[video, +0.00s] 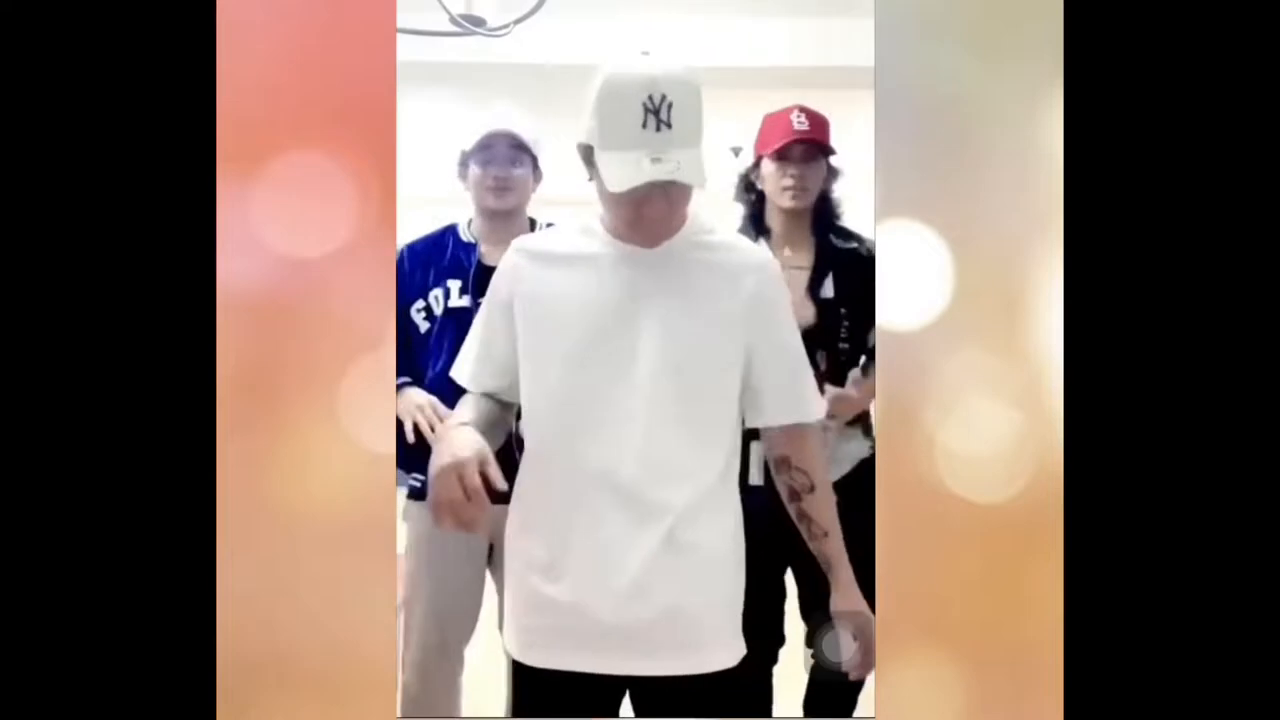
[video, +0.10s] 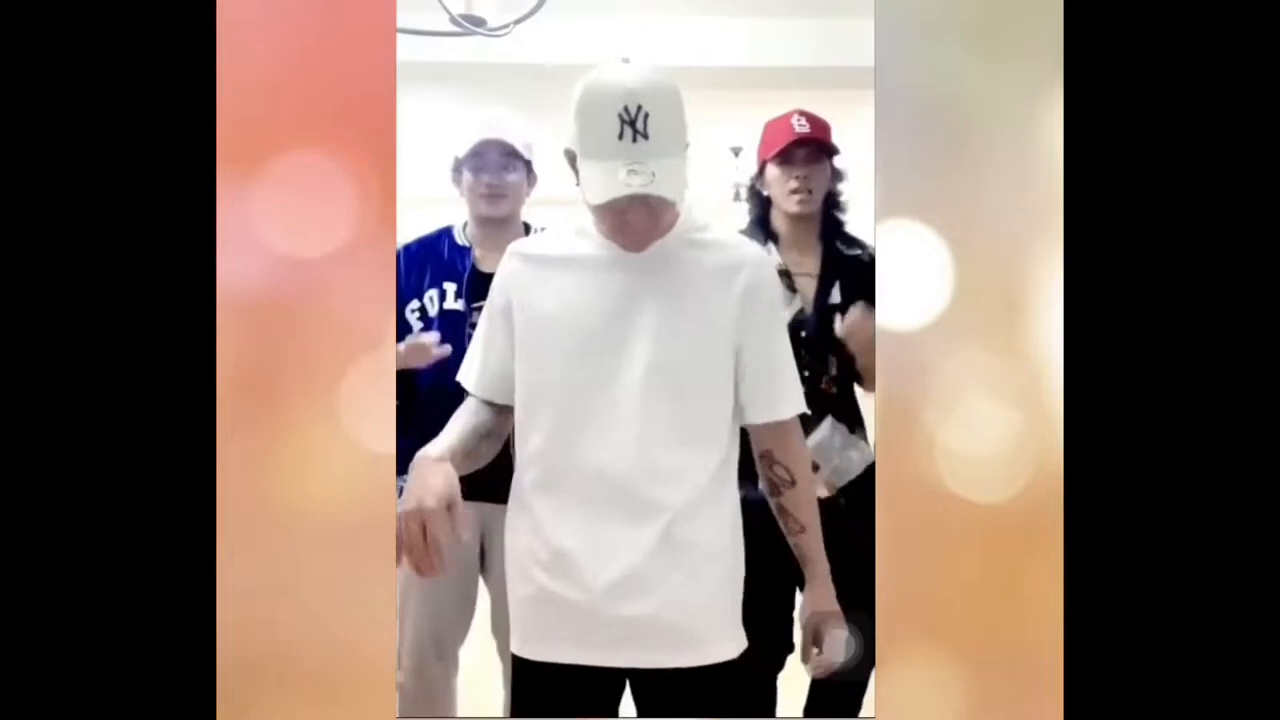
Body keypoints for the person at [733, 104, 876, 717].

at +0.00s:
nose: (795, 173)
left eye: (809, 160)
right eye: (781, 160)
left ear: (827, 172)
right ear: (757, 172)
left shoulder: (861, 261)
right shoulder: (728, 259)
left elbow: (892, 348)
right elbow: (704, 360)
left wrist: (858, 396)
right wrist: (774, 389)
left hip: (844, 467)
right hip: (750, 467)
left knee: (843, 637)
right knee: (747, 637)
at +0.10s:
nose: (801, 176)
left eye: (814, 163)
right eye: (786, 163)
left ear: (832, 175)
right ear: (762, 177)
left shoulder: (861, 264)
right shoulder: (732, 263)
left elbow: (881, 381)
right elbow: (708, 370)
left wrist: (864, 345)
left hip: (845, 470)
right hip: (752, 471)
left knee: (852, 642)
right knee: (753, 644)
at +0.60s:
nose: (801, 165)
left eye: (814, 153)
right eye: (786, 153)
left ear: (828, 165)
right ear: (760, 165)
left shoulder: (854, 248)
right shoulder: (729, 245)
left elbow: (883, 345)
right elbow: (708, 348)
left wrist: (824, 393)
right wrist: (761, 408)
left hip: (833, 455)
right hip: (743, 454)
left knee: (854, 619)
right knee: (746, 615)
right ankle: (748, 718)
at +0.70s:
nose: (803, 172)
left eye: (816, 160)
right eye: (788, 160)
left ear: (831, 172)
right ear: (763, 172)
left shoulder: (858, 260)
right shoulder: (734, 257)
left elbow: (888, 363)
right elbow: (714, 369)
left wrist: (877, 408)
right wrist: (776, 439)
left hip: (842, 476)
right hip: (751, 471)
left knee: (848, 639)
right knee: (749, 632)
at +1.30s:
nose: (797, 162)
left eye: (810, 150)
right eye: (782, 150)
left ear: (827, 163)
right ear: (758, 163)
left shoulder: (858, 249)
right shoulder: (729, 250)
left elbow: (898, 336)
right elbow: (709, 350)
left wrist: (876, 368)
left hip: (842, 451)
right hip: (753, 450)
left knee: (856, 626)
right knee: (748, 612)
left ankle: (836, 718)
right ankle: (764, 719)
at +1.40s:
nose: (801, 160)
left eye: (814, 148)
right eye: (787, 147)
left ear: (832, 160)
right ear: (762, 160)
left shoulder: (864, 248)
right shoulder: (733, 249)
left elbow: (902, 359)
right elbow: (711, 361)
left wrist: (841, 417)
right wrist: (763, 432)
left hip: (845, 461)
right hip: (749, 458)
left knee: (850, 636)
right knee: (748, 624)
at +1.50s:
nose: (807, 173)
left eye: (820, 160)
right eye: (792, 162)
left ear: (839, 173)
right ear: (769, 175)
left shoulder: (872, 263)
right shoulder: (740, 262)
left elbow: (903, 365)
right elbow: (719, 368)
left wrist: (868, 432)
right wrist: (764, 433)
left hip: (851, 480)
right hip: (761, 477)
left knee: (856, 650)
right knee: (758, 643)